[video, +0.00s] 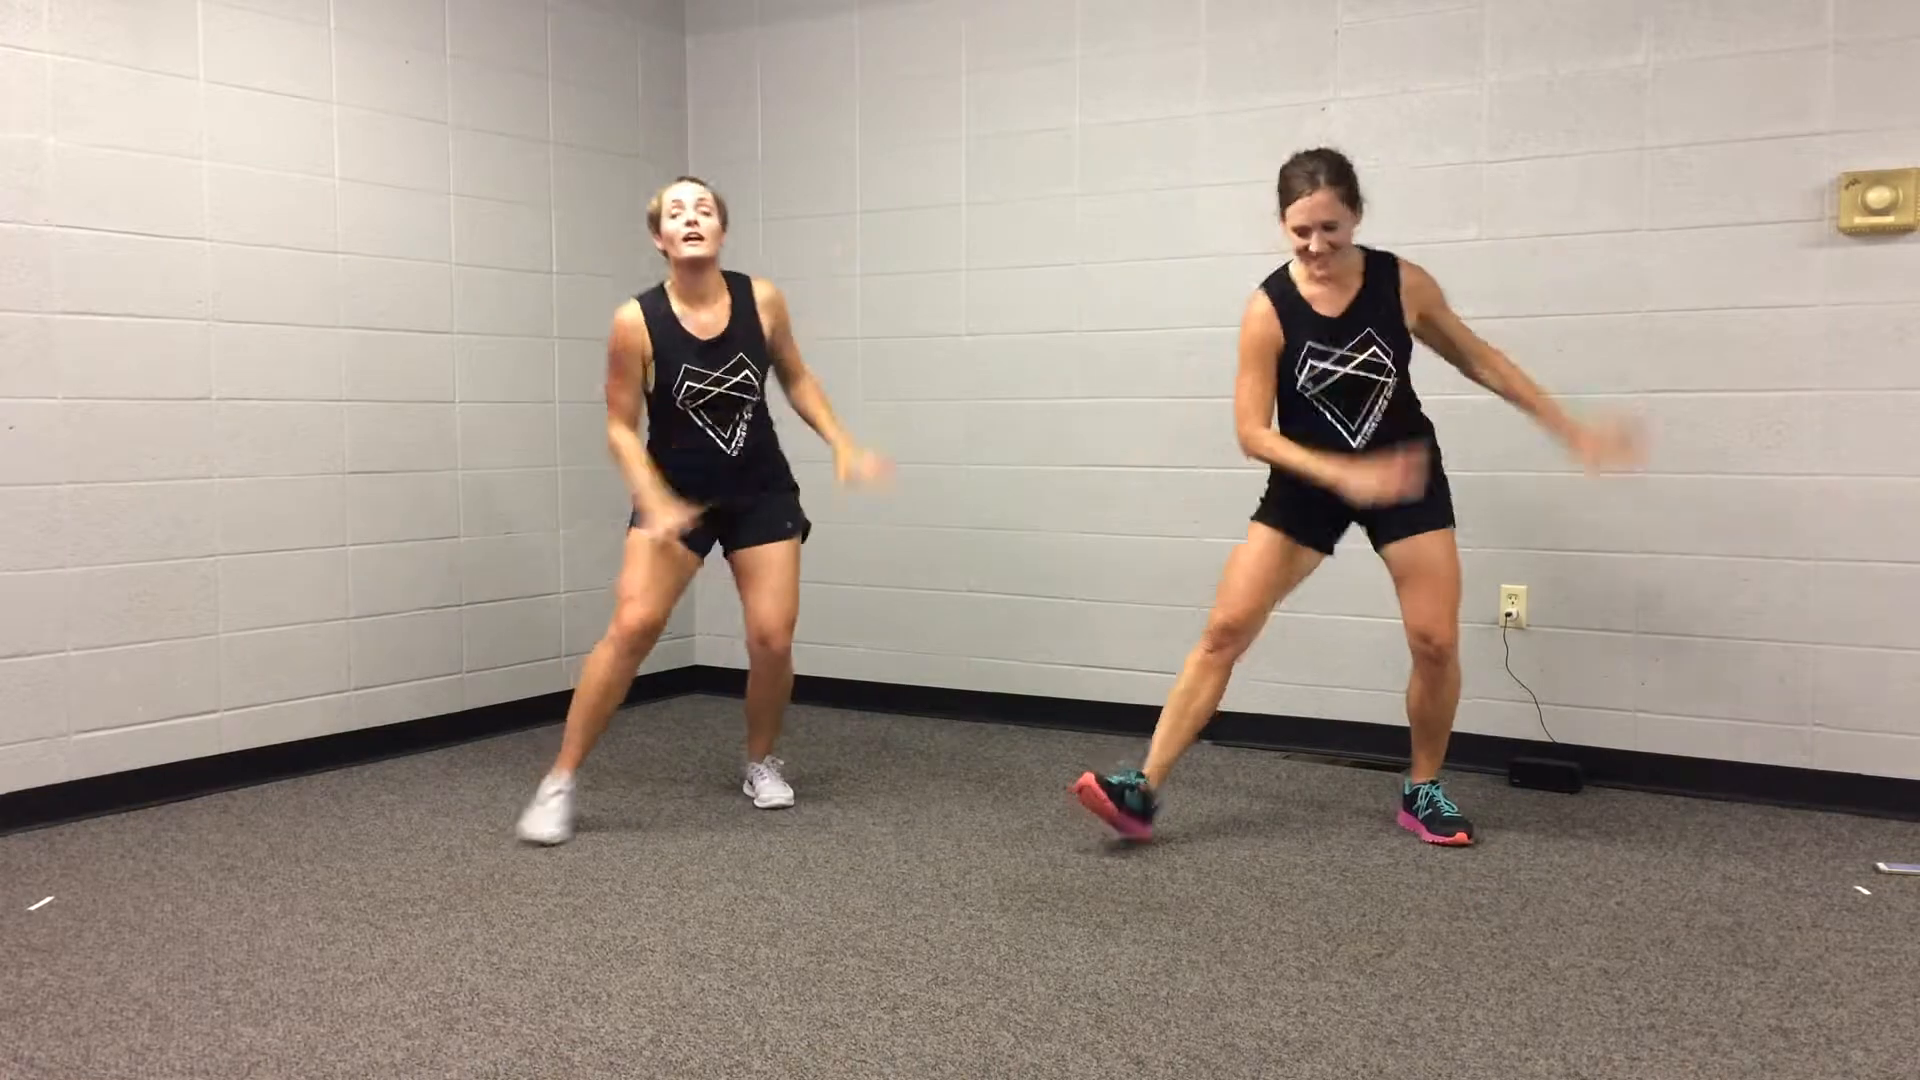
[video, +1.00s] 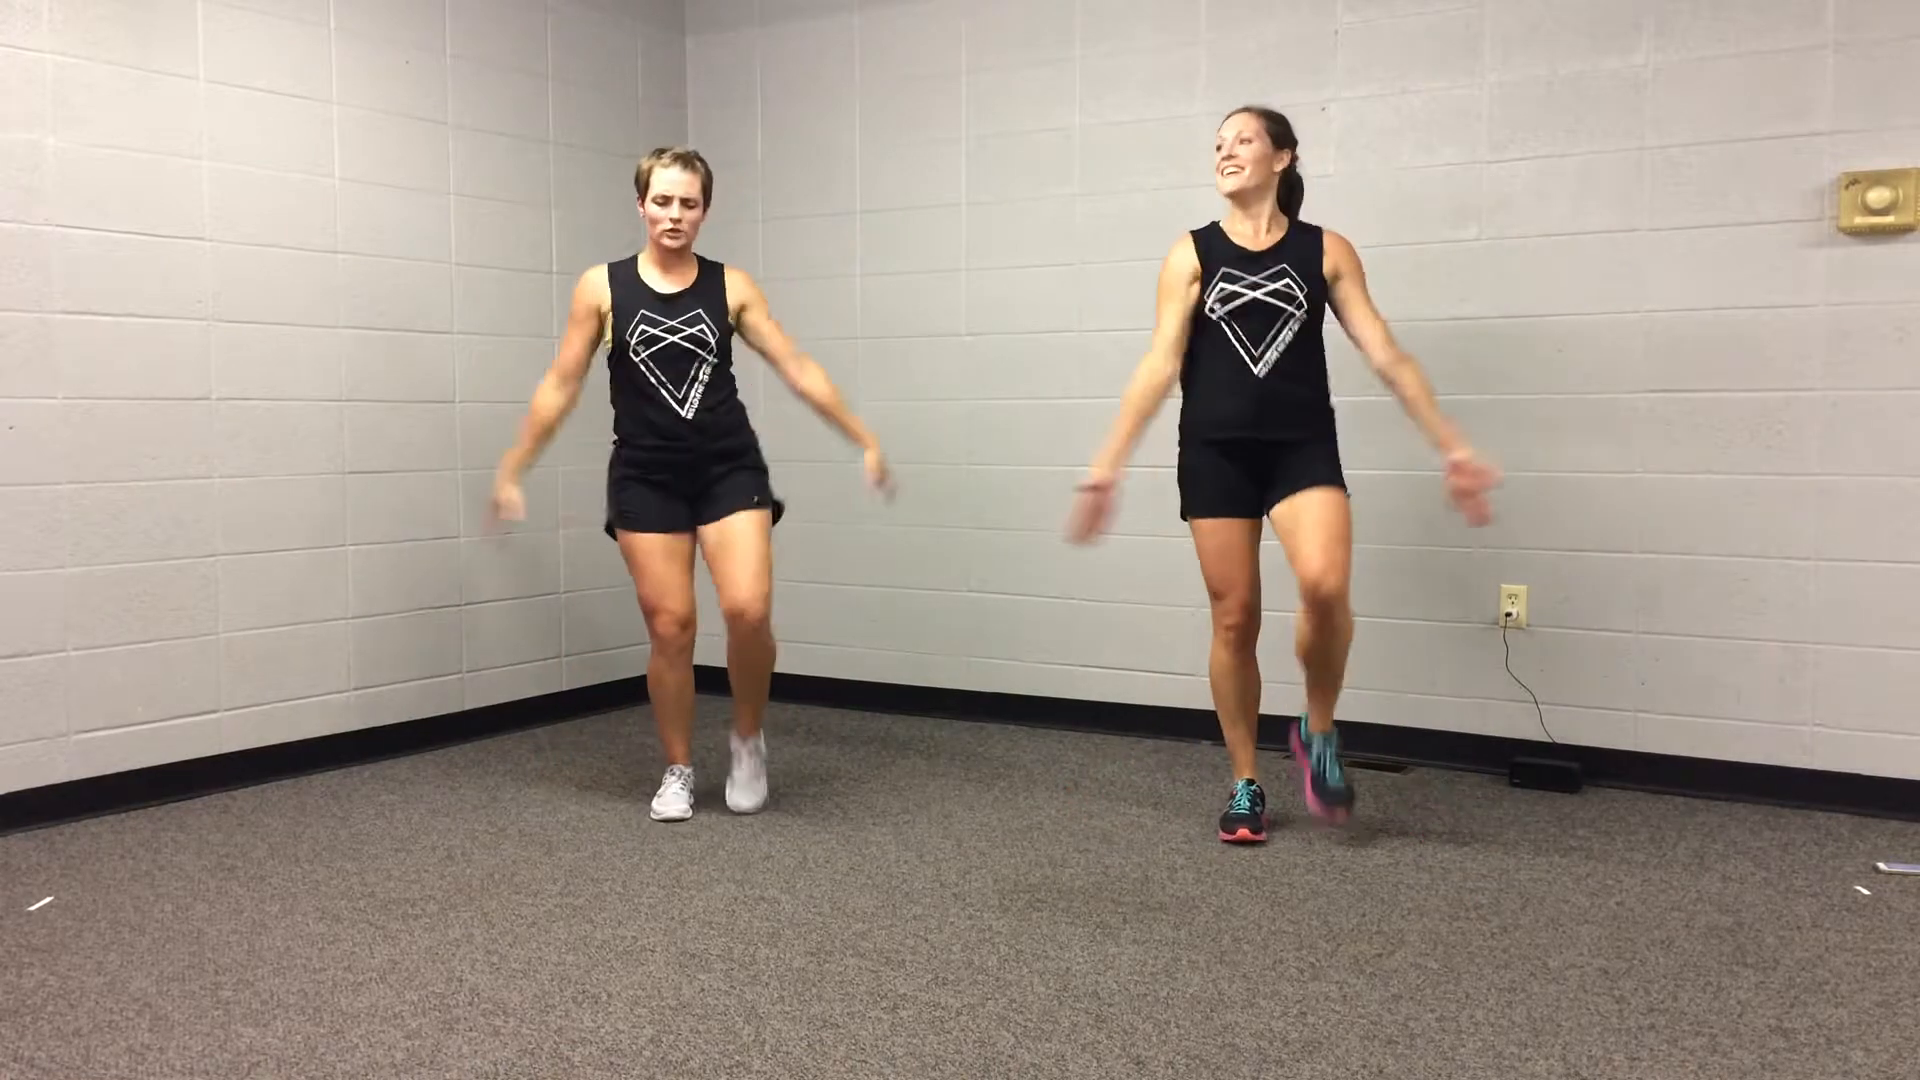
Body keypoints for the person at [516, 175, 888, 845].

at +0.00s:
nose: (690, 218)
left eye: (702, 210)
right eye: (676, 211)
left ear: (723, 232)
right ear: (658, 237)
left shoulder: (761, 301)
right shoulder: (636, 321)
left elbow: (796, 377)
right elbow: (620, 423)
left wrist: (841, 442)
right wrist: (655, 499)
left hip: (760, 488)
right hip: (676, 493)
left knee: (773, 639)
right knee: (634, 624)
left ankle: (761, 764)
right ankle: (560, 781)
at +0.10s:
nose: (699, 198)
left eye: (711, 188)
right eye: (686, 191)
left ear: (734, 210)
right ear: (669, 216)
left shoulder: (774, 288)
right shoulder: (641, 296)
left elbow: (810, 362)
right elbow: (594, 378)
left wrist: (840, 428)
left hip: (759, 472)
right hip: (674, 471)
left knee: (763, 622)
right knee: (646, 606)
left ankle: (761, 760)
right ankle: (620, 754)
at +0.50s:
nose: (690, 210)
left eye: (704, 198)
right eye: (678, 197)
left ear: (722, 208)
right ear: (660, 204)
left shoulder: (755, 283)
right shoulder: (626, 291)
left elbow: (777, 381)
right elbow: (598, 395)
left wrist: (764, 448)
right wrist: (616, 488)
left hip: (725, 465)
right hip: (648, 472)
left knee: (760, 584)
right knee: (666, 616)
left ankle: (751, 696)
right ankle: (676, 766)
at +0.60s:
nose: (685, 235)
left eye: (698, 225)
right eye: (673, 223)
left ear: (715, 231)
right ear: (654, 225)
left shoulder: (745, 287)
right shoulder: (623, 314)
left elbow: (767, 381)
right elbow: (627, 417)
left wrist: (710, 341)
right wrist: (670, 374)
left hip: (719, 479)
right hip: (637, 482)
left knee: (755, 543)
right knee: (658, 625)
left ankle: (727, 654)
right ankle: (676, 767)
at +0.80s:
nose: (677, 213)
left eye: (690, 202)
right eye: (665, 199)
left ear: (706, 208)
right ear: (644, 201)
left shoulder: (734, 276)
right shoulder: (603, 284)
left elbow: (774, 371)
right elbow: (593, 385)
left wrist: (732, 390)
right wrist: (647, 401)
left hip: (731, 465)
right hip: (648, 471)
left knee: (736, 613)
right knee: (667, 622)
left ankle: (746, 746)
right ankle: (677, 768)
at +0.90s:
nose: (674, 216)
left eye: (688, 205)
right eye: (663, 202)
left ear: (705, 213)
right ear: (641, 205)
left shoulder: (730, 286)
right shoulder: (600, 284)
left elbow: (773, 374)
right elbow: (581, 381)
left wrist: (805, 441)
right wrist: (589, 464)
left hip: (736, 469)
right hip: (652, 475)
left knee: (732, 621)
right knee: (671, 625)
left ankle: (748, 759)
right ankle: (678, 769)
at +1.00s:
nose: (674, 214)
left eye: (687, 204)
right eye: (662, 201)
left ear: (704, 212)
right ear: (641, 206)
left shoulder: (731, 287)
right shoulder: (602, 287)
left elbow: (797, 367)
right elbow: (559, 385)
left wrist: (866, 438)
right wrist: (510, 470)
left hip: (728, 468)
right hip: (645, 474)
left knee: (749, 611)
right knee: (670, 625)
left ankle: (748, 745)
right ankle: (678, 769)